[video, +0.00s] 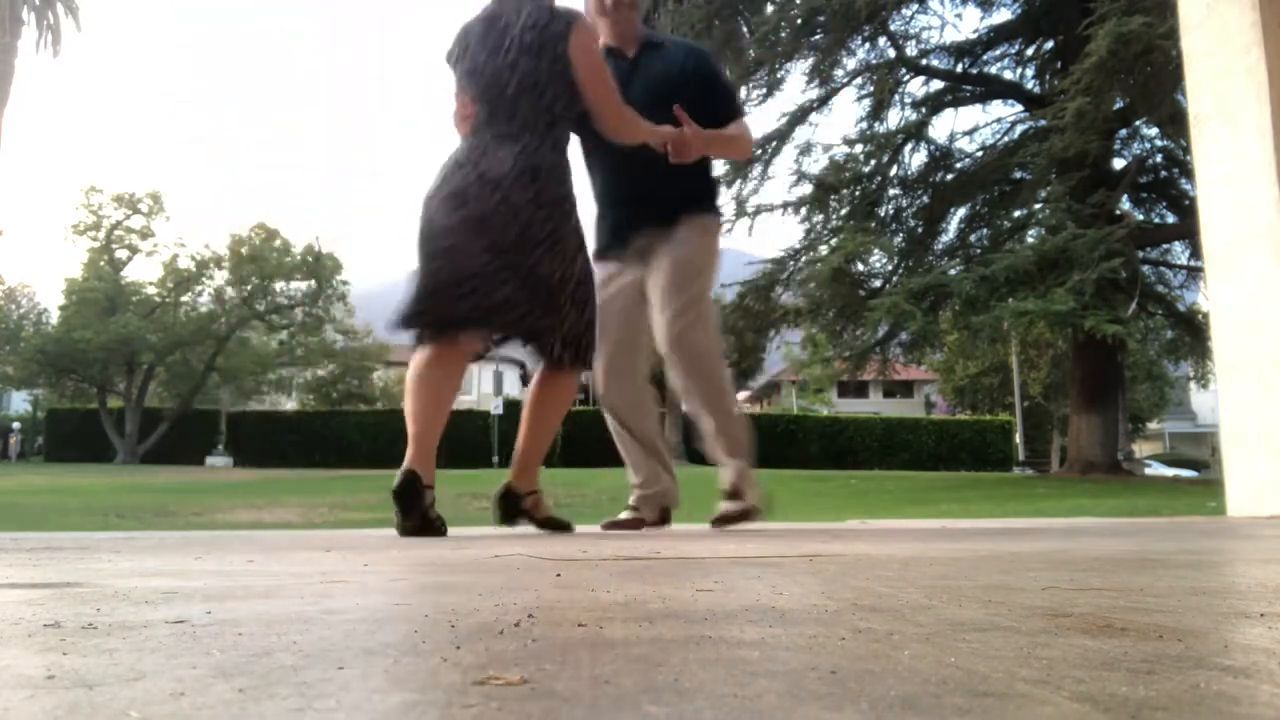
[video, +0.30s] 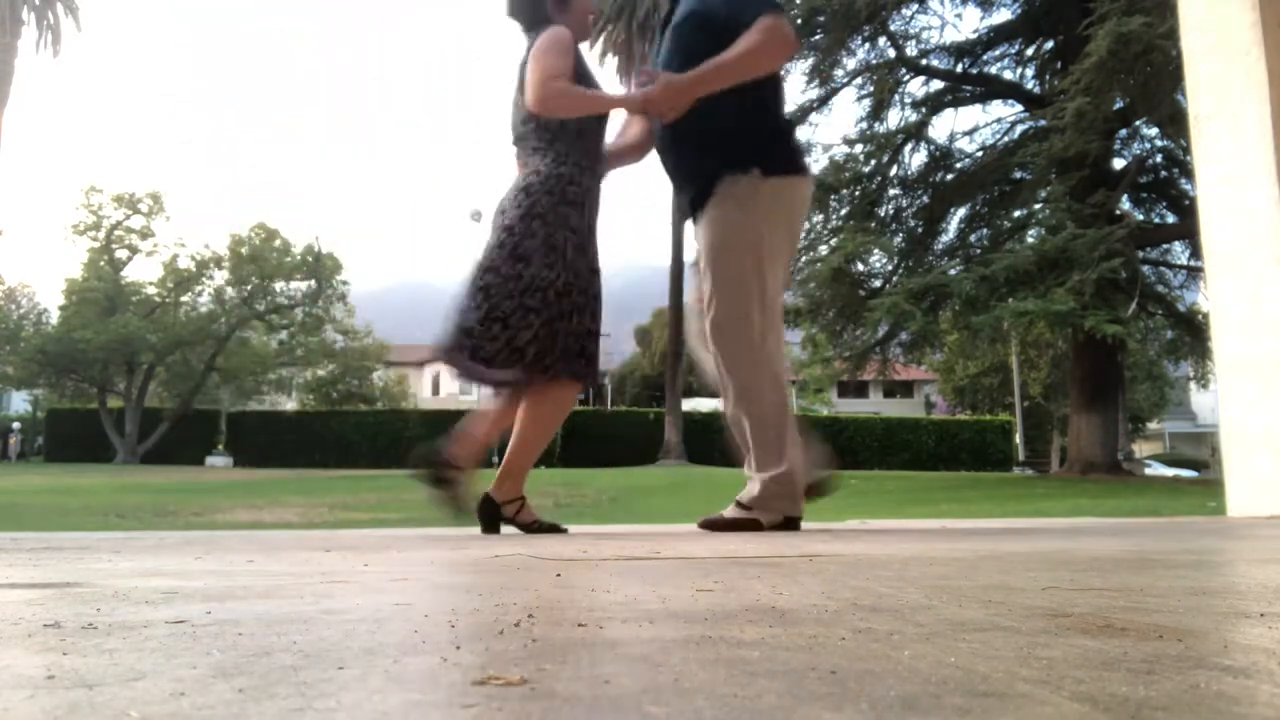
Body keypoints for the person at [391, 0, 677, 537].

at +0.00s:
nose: (605, 2)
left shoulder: (472, 32)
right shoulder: (571, 26)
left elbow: (465, 120)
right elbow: (613, 122)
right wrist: (654, 132)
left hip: (464, 184)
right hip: (535, 192)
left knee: (448, 334)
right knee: (569, 343)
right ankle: (522, 486)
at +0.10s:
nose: (564, 2)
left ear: (501, 1)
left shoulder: (479, 55)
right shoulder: (561, 37)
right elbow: (600, 127)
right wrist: (656, 135)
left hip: (470, 202)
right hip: (529, 209)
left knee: (447, 339)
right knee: (568, 362)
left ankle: (414, 466)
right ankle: (504, 492)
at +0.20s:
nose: (574, 3)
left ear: (515, 7)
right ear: (554, 1)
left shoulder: (501, 66)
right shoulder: (558, 33)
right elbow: (574, 100)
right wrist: (649, 107)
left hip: (496, 217)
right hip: (543, 221)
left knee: (486, 364)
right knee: (564, 372)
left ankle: (403, 448)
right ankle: (505, 494)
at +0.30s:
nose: (596, 9)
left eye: (594, 2)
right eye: (589, 1)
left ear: (550, 9)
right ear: (564, 3)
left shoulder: (546, 59)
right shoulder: (556, 37)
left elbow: (560, 166)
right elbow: (544, 94)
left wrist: (635, 142)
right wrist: (623, 99)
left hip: (548, 221)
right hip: (553, 220)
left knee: (541, 365)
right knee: (565, 368)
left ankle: (455, 455)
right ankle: (507, 494)